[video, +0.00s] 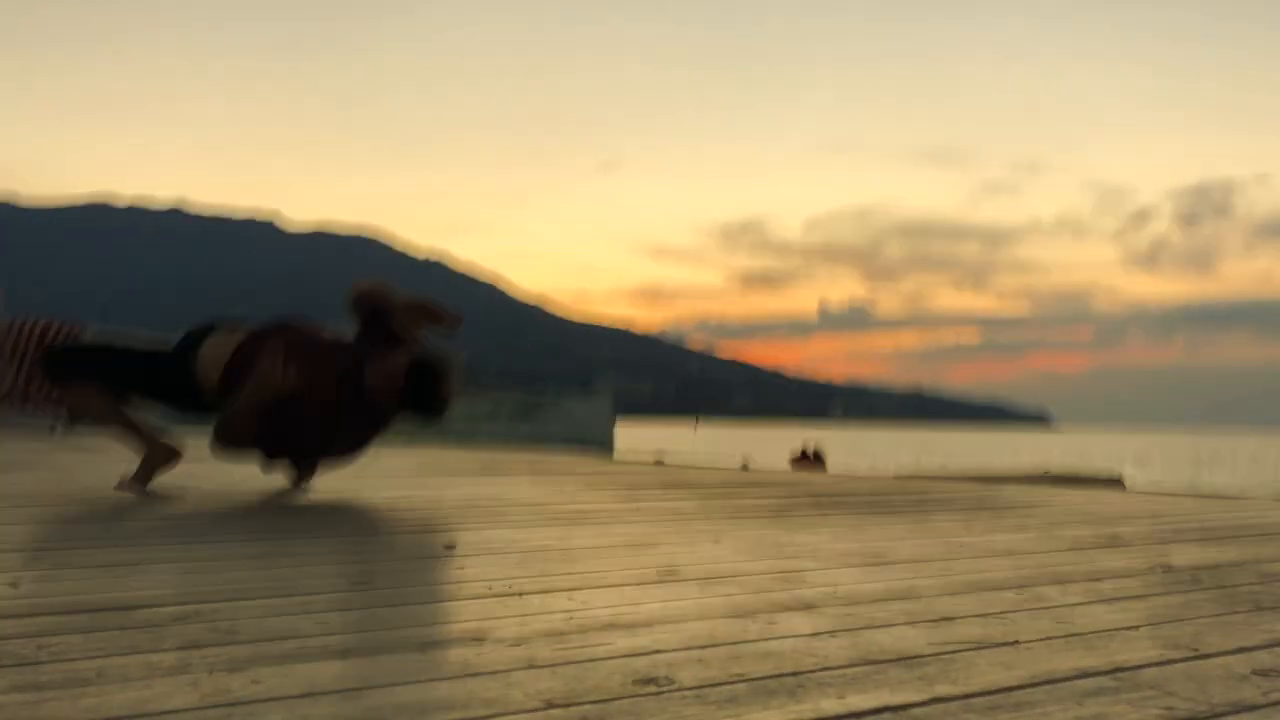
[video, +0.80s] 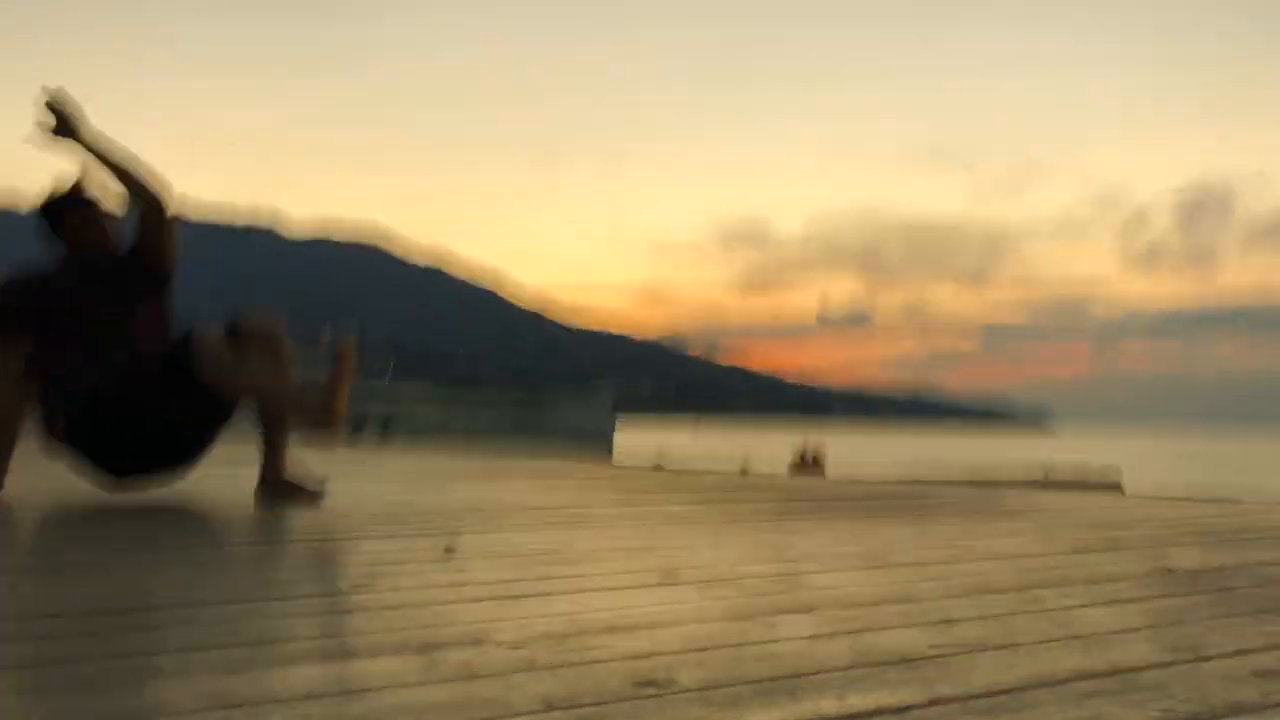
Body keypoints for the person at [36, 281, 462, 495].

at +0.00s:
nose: (389, 362)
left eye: (399, 370)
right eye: (398, 357)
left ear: (398, 392)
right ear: (400, 353)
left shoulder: (338, 432)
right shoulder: (379, 350)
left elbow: (231, 436)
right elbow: (365, 298)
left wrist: (265, 386)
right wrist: (408, 311)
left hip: (196, 381)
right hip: (216, 337)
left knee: (63, 363)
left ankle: (151, 448)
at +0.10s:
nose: (396, 375)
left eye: (405, 391)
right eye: (408, 372)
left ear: (406, 418)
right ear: (406, 369)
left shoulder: (354, 451)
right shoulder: (378, 359)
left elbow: (244, 481)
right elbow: (365, 305)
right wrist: (391, 282)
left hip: (183, 388)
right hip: (209, 330)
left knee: (35, 391)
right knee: (114, 273)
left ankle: (151, 448)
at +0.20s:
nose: (400, 393)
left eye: (410, 405)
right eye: (408, 391)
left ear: (406, 436)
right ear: (403, 392)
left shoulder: (355, 462)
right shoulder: (373, 394)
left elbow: (248, 476)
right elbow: (400, 358)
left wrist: (332, 459)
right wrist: (441, 327)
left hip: (172, 389)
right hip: (194, 332)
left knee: (17, 401)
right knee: (104, 234)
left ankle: (137, 446)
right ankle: (6, 206)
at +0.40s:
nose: (344, 376)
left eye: (357, 381)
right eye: (349, 371)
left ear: (367, 408)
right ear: (338, 375)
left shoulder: (341, 438)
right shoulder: (300, 413)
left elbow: (289, 478)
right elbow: (210, 397)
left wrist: (301, 391)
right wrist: (218, 326)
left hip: (186, 455)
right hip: (167, 437)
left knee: (140, 288)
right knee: (132, 272)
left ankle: (11, 320)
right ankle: (11, 308)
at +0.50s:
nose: (262, 353)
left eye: (276, 347)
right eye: (261, 344)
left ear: (303, 360)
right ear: (252, 348)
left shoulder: (307, 399)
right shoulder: (231, 390)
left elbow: (293, 419)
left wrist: (253, 393)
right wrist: (51, 380)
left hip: (203, 458)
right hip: (136, 455)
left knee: (211, 289)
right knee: (45, 323)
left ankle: (135, 313)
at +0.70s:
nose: (142, 282)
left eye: (150, 269)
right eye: (129, 273)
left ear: (164, 268)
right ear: (108, 277)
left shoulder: (186, 322)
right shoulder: (78, 324)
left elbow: (240, 305)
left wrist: (222, 225)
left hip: (185, 455)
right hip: (112, 462)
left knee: (221, 325)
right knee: (42, 369)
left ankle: (264, 463)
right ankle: (5, 480)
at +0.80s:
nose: (102, 227)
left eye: (100, 216)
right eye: (86, 220)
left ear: (110, 220)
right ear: (66, 233)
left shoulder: (142, 272)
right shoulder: (39, 294)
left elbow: (154, 205)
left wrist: (84, 138)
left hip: (169, 424)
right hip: (96, 433)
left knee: (262, 339)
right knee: (17, 354)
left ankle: (273, 477)